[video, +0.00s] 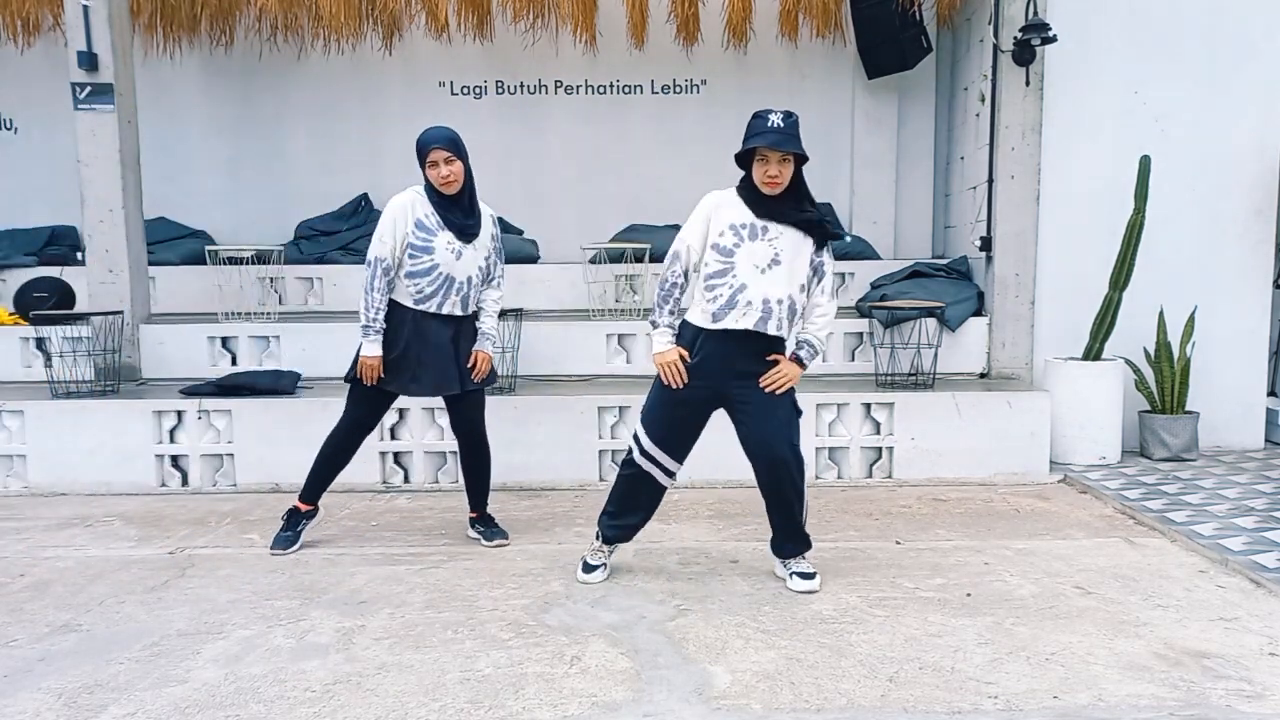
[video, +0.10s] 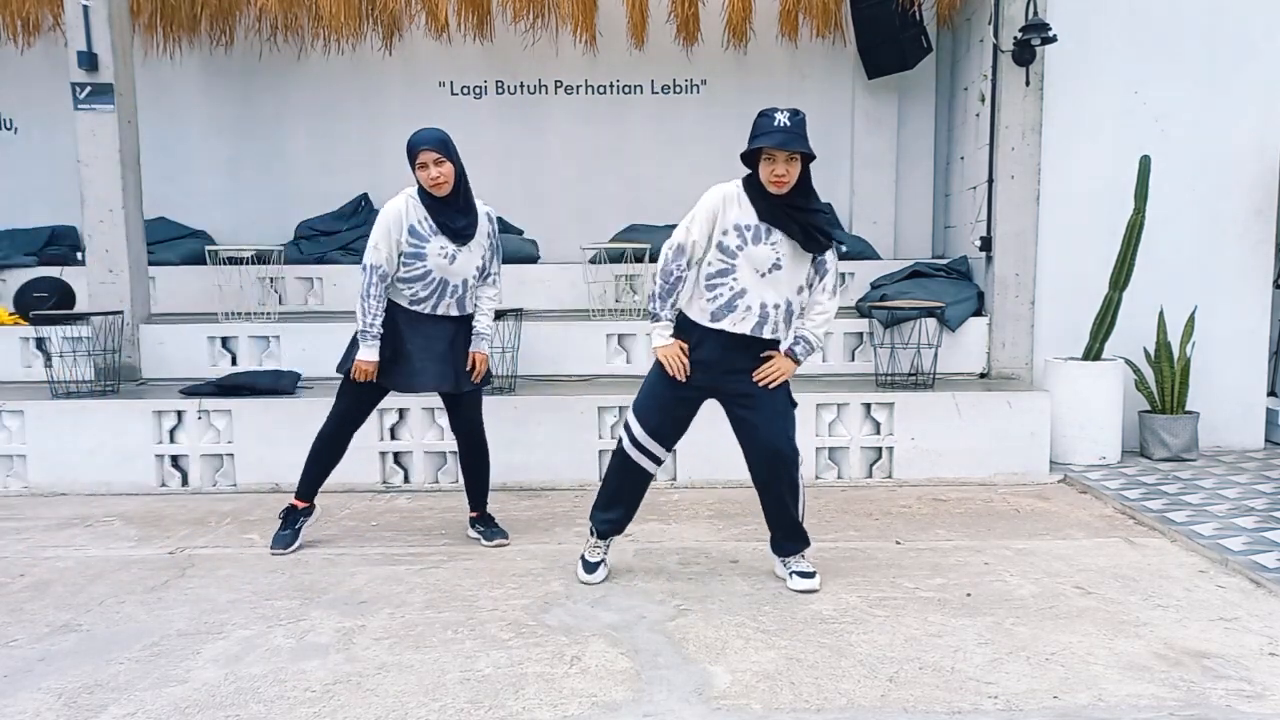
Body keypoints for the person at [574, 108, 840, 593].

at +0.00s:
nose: (773, 169)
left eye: (783, 160)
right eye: (763, 159)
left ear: (797, 164)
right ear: (748, 161)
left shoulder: (810, 228)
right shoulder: (716, 206)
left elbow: (822, 305)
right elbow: (673, 274)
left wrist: (799, 357)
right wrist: (662, 338)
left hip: (765, 360)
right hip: (699, 350)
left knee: (781, 459)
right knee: (650, 450)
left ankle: (792, 552)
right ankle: (605, 540)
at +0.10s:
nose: (780, 169)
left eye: (790, 159)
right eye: (770, 158)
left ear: (804, 163)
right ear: (754, 159)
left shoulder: (815, 225)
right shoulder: (722, 200)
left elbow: (823, 302)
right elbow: (673, 260)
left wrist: (794, 353)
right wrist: (661, 332)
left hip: (761, 358)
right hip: (694, 345)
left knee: (778, 454)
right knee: (641, 442)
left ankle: (791, 550)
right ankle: (601, 534)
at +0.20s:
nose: (782, 193)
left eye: (792, 183)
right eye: (771, 183)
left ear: (805, 185)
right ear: (754, 184)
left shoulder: (815, 245)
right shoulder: (720, 226)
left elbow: (822, 313)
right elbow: (662, 271)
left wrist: (789, 359)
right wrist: (655, 344)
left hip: (755, 368)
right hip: (686, 356)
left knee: (780, 449)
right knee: (636, 435)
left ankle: (791, 552)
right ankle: (594, 537)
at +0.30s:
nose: (767, 238)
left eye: (776, 227)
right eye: (756, 228)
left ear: (790, 229)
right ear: (739, 230)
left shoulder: (806, 277)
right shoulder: (710, 268)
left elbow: (820, 327)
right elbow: (645, 308)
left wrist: (782, 372)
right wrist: (650, 368)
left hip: (748, 385)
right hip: (680, 377)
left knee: (784, 455)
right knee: (628, 451)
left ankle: (792, 552)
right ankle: (588, 554)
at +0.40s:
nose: (728, 270)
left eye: (737, 258)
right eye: (716, 260)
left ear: (751, 260)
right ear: (700, 263)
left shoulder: (770, 300)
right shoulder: (674, 300)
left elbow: (807, 345)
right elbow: (615, 327)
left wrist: (767, 382)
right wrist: (633, 384)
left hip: (737, 399)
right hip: (668, 396)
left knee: (780, 461)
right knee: (619, 462)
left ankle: (792, 553)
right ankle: (589, 559)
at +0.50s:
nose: (673, 259)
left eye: (682, 248)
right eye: (662, 249)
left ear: (697, 249)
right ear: (647, 252)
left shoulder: (725, 283)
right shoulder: (629, 297)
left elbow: (771, 319)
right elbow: (587, 335)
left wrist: (753, 375)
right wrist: (622, 383)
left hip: (723, 395)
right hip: (656, 398)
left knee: (771, 459)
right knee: (606, 465)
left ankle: (791, 553)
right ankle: (587, 560)